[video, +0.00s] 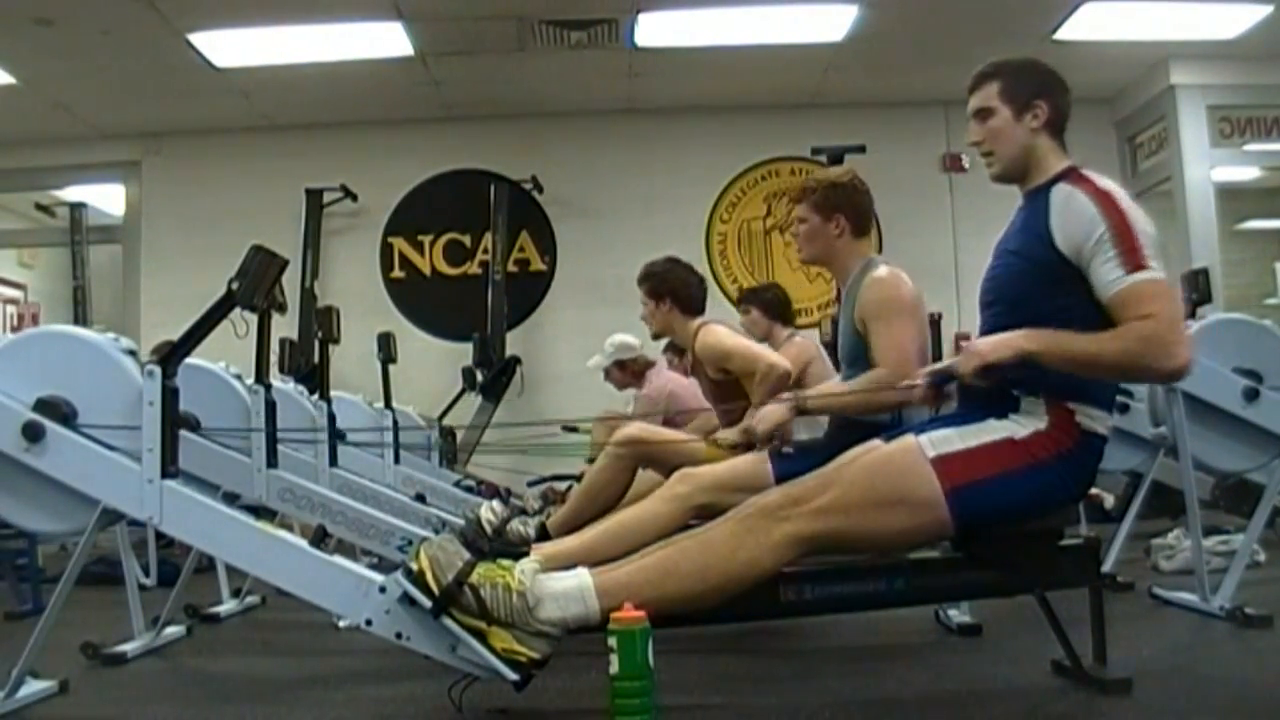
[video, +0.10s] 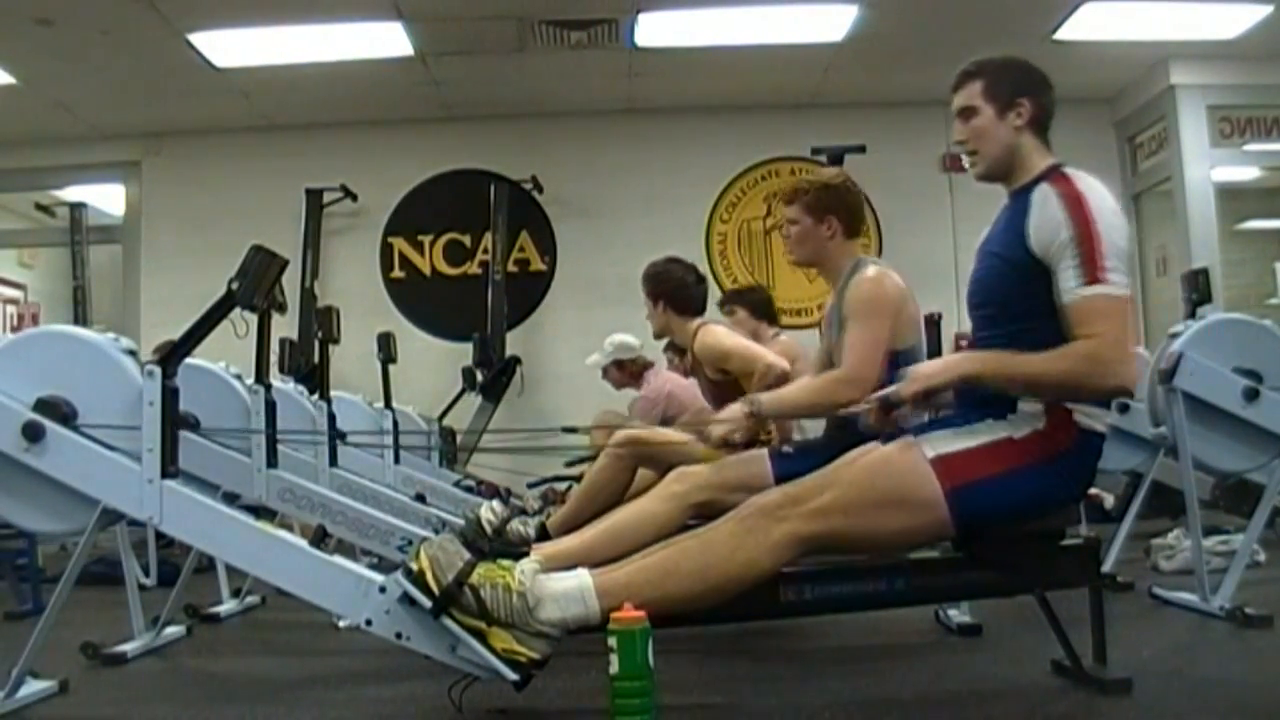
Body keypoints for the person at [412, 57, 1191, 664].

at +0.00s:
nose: (973, 140)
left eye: (985, 121)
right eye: (971, 126)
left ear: (1038, 117)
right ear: (1012, 126)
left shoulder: (1086, 198)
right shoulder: (1040, 213)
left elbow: (1166, 344)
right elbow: (1062, 341)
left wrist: (1018, 345)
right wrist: (972, 364)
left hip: (1042, 436)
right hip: (1002, 425)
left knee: (800, 513)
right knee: (782, 502)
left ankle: (566, 606)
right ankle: (560, 593)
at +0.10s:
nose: (954, 138)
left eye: (968, 118)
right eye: (953, 124)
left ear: (1023, 117)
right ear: (1006, 125)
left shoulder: (1068, 199)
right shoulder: (1020, 212)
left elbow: (1114, 363)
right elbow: (1037, 355)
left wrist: (962, 363)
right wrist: (938, 380)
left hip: (1037, 434)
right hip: (997, 427)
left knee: (791, 519)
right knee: (770, 506)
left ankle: (555, 608)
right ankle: (552, 597)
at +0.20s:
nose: (933, 132)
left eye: (946, 113)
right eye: (931, 119)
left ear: (999, 113)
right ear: (979, 123)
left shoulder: (1044, 196)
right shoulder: (993, 216)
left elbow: (1038, 369)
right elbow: (986, 362)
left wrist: (885, 391)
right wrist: (879, 405)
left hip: (1035, 438)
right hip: (990, 431)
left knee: (788, 508)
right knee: (761, 496)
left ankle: (554, 605)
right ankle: (551, 597)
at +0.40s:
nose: (853, 135)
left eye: (866, 116)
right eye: (854, 119)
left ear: (919, 119)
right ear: (907, 124)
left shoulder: (970, 197)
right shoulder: (916, 220)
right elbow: (860, 353)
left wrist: (732, 429)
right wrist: (736, 417)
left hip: (1015, 439)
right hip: (965, 432)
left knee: (752, 462)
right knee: (739, 460)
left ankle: (556, 603)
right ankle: (549, 595)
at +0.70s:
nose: (704, 163)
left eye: (712, 144)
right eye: (707, 146)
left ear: (750, 144)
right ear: (765, 147)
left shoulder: (821, 217)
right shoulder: (790, 227)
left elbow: (697, 374)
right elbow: (686, 362)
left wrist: (566, 460)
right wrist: (573, 455)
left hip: (919, 447)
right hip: (874, 436)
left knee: (687, 398)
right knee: (661, 394)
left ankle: (545, 607)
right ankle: (534, 584)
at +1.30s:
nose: (524, 189)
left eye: (527, 171)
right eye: (526, 173)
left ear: (550, 168)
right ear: (595, 169)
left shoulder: (625, 239)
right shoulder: (621, 239)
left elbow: (476, 380)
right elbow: (499, 404)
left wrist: (346, 456)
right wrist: (391, 472)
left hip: (749, 465)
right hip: (733, 460)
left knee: (544, 359)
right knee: (536, 361)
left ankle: (535, 586)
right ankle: (531, 571)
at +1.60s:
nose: (616, 162)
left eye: (624, 144)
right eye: (619, 147)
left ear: (653, 143)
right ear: (676, 148)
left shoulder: (712, 225)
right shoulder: (676, 236)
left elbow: (569, 374)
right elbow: (558, 364)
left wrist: (420, 428)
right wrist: (436, 434)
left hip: (816, 458)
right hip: (769, 454)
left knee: (591, 347)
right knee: (570, 325)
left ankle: (541, 586)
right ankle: (530, 563)